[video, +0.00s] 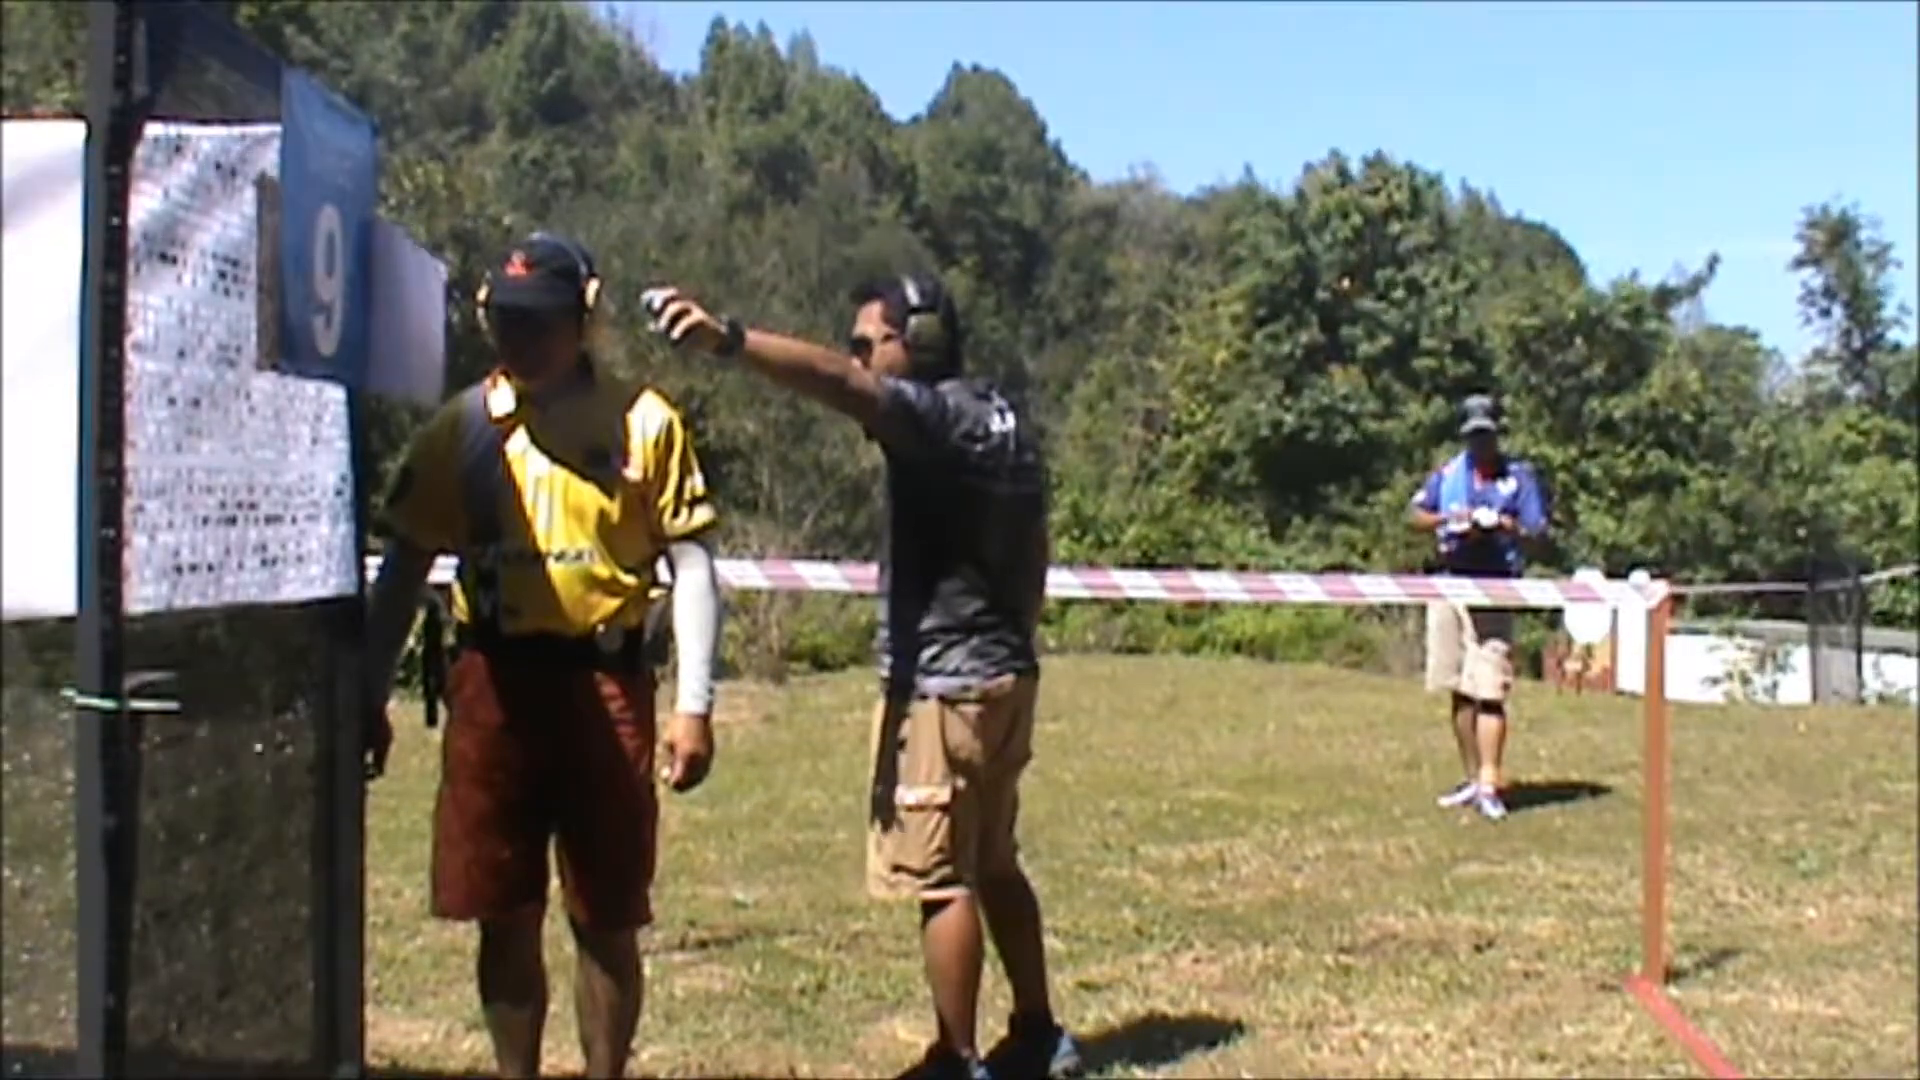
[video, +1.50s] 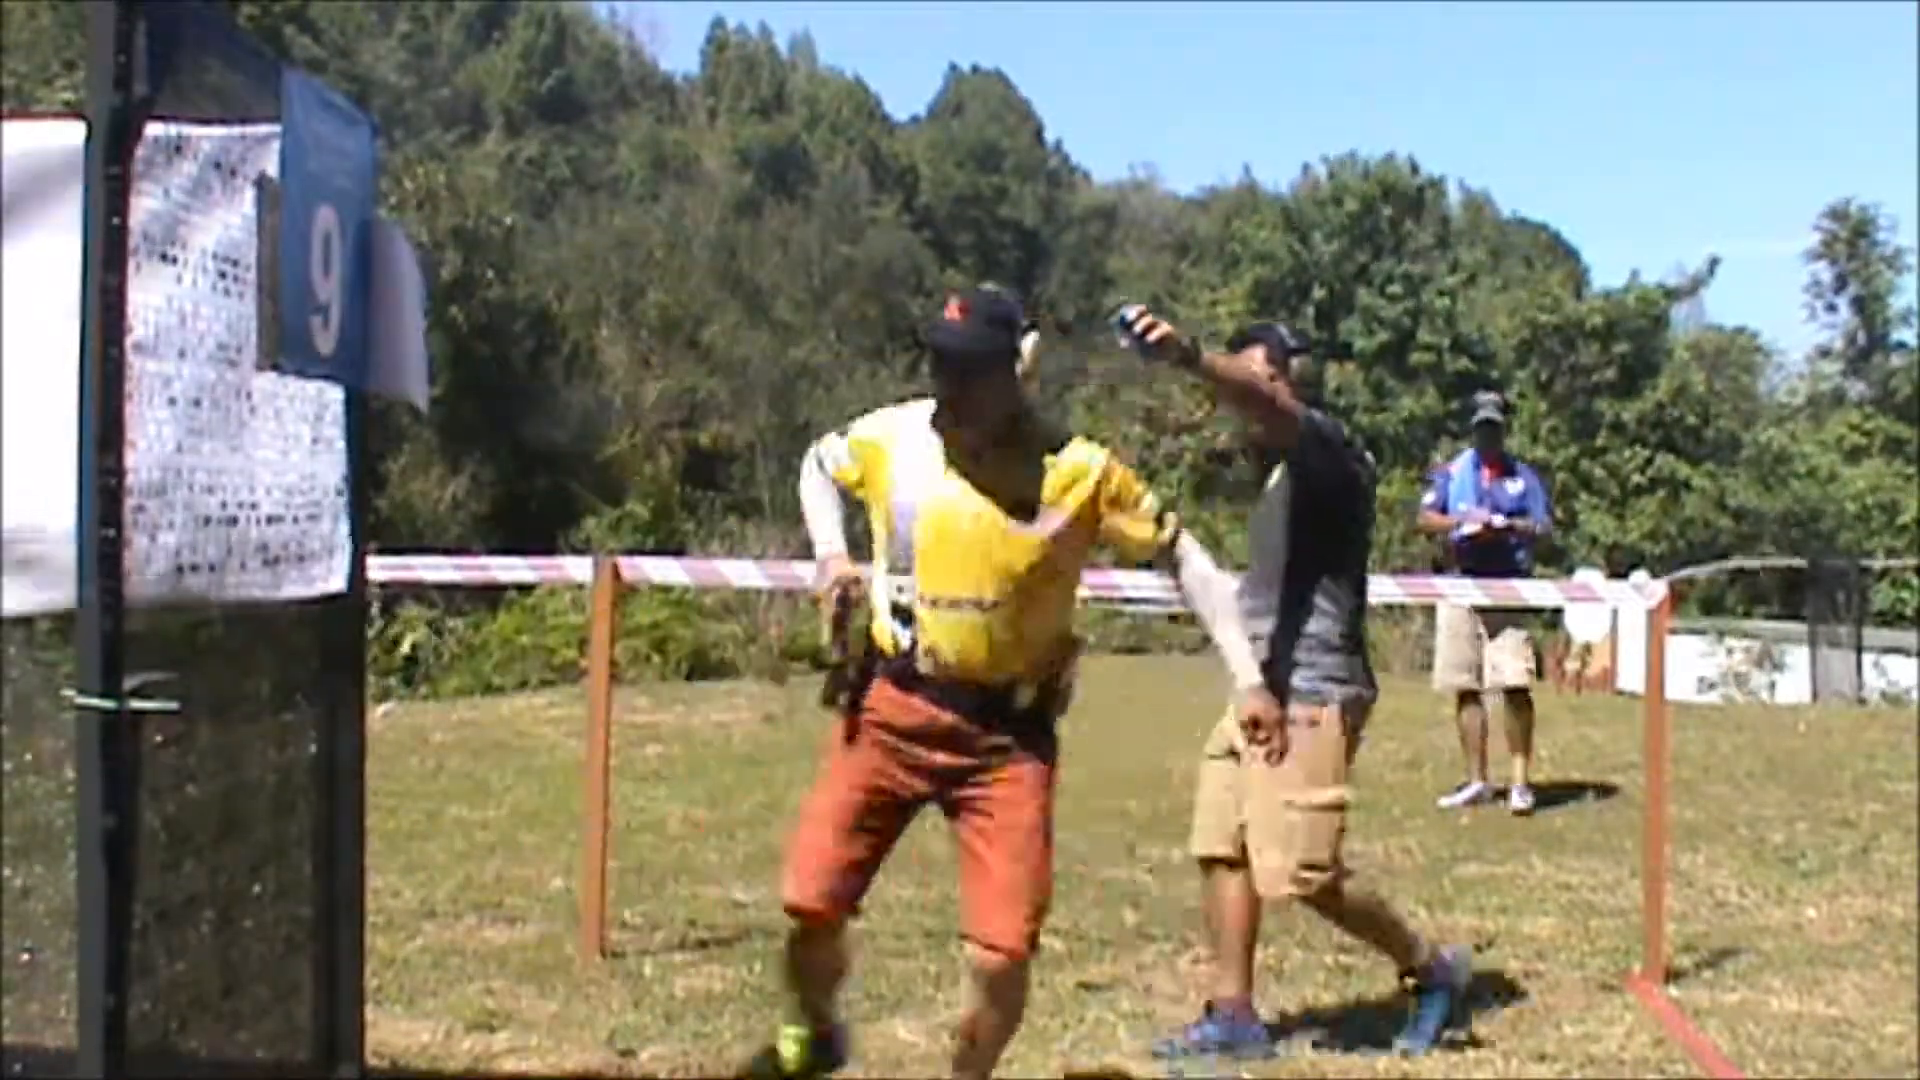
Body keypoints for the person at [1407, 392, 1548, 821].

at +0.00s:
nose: (1481, 443)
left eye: (1487, 435)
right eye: (1474, 436)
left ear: (1499, 436)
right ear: (1464, 437)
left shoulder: (1519, 477)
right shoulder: (1450, 472)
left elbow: (1539, 538)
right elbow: (1417, 514)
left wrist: (1508, 526)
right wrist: (1448, 520)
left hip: (1495, 589)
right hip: (1450, 588)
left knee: (1490, 691)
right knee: (1459, 690)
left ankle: (1489, 782)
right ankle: (1471, 776)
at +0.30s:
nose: (1479, 445)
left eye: (1485, 437)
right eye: (1471, 438)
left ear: (1498, 437)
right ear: (1462, 440)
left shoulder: (1520, 479)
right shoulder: (1449, 473)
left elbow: (1540, 538)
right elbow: (1416, 515)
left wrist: (1508, 526)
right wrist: (1447, 519)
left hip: (1495, 589)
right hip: (1450, 588)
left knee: (1490, 691)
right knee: (1459, 690)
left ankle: (1489, 783)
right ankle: (1471, 776)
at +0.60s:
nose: (1479, 443)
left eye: (1486, 435)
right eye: (1472, 436)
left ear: (1498, 436)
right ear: (1463, 438)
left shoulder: (1520, 479)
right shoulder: (1449, 472)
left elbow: (1540, 538)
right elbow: (1415, 514)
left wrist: (1512, 527)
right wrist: (1446, 519)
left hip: (1495, 589)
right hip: (1450, 588)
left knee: (1490, 690)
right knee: (1459, 690)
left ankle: (1489, 783)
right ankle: (1471, 776)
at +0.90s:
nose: (1482, 443)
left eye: (1488, 435)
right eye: (1475, 436)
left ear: (1500, 435)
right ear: (1464, 437)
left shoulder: (1518, 479)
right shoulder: (1449, 472)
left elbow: (1540, 534)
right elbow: (1413, 514)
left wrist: (1510, 525)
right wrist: (1449, 519)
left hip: (1495, 589)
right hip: (1449, 588)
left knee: (1490, 689)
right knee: (1459, 689)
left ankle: (1489, 783)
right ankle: (1471, 776)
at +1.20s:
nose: (1483, 442)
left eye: (1490, 434)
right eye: (1476, 435)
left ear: (1500, 435)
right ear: (1465, 436)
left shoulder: (1518, 478)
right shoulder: (1448, 472)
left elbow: (1542, 532)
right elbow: (1416, 515)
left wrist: (1507, 525)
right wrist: (1452, 522)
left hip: (1495, 588)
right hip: (1450, 587)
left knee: (1491, 690)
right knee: (1459, 690)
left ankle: (1490, 783)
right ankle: (1471, 776)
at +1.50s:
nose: (1488, 437)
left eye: (1495, 428)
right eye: (1481, 429)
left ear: (1506, 431)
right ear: (1471, 431)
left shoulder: (1524, 477)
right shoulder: (1452, 473)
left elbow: (1543, 527)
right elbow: (1426, 517)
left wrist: (1506, 525)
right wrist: (1463, 525)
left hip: (1508, 587)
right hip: (1461, 587)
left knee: (1515, 684)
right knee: (1466, 688)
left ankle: (1520, 778)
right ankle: (1477, 778)